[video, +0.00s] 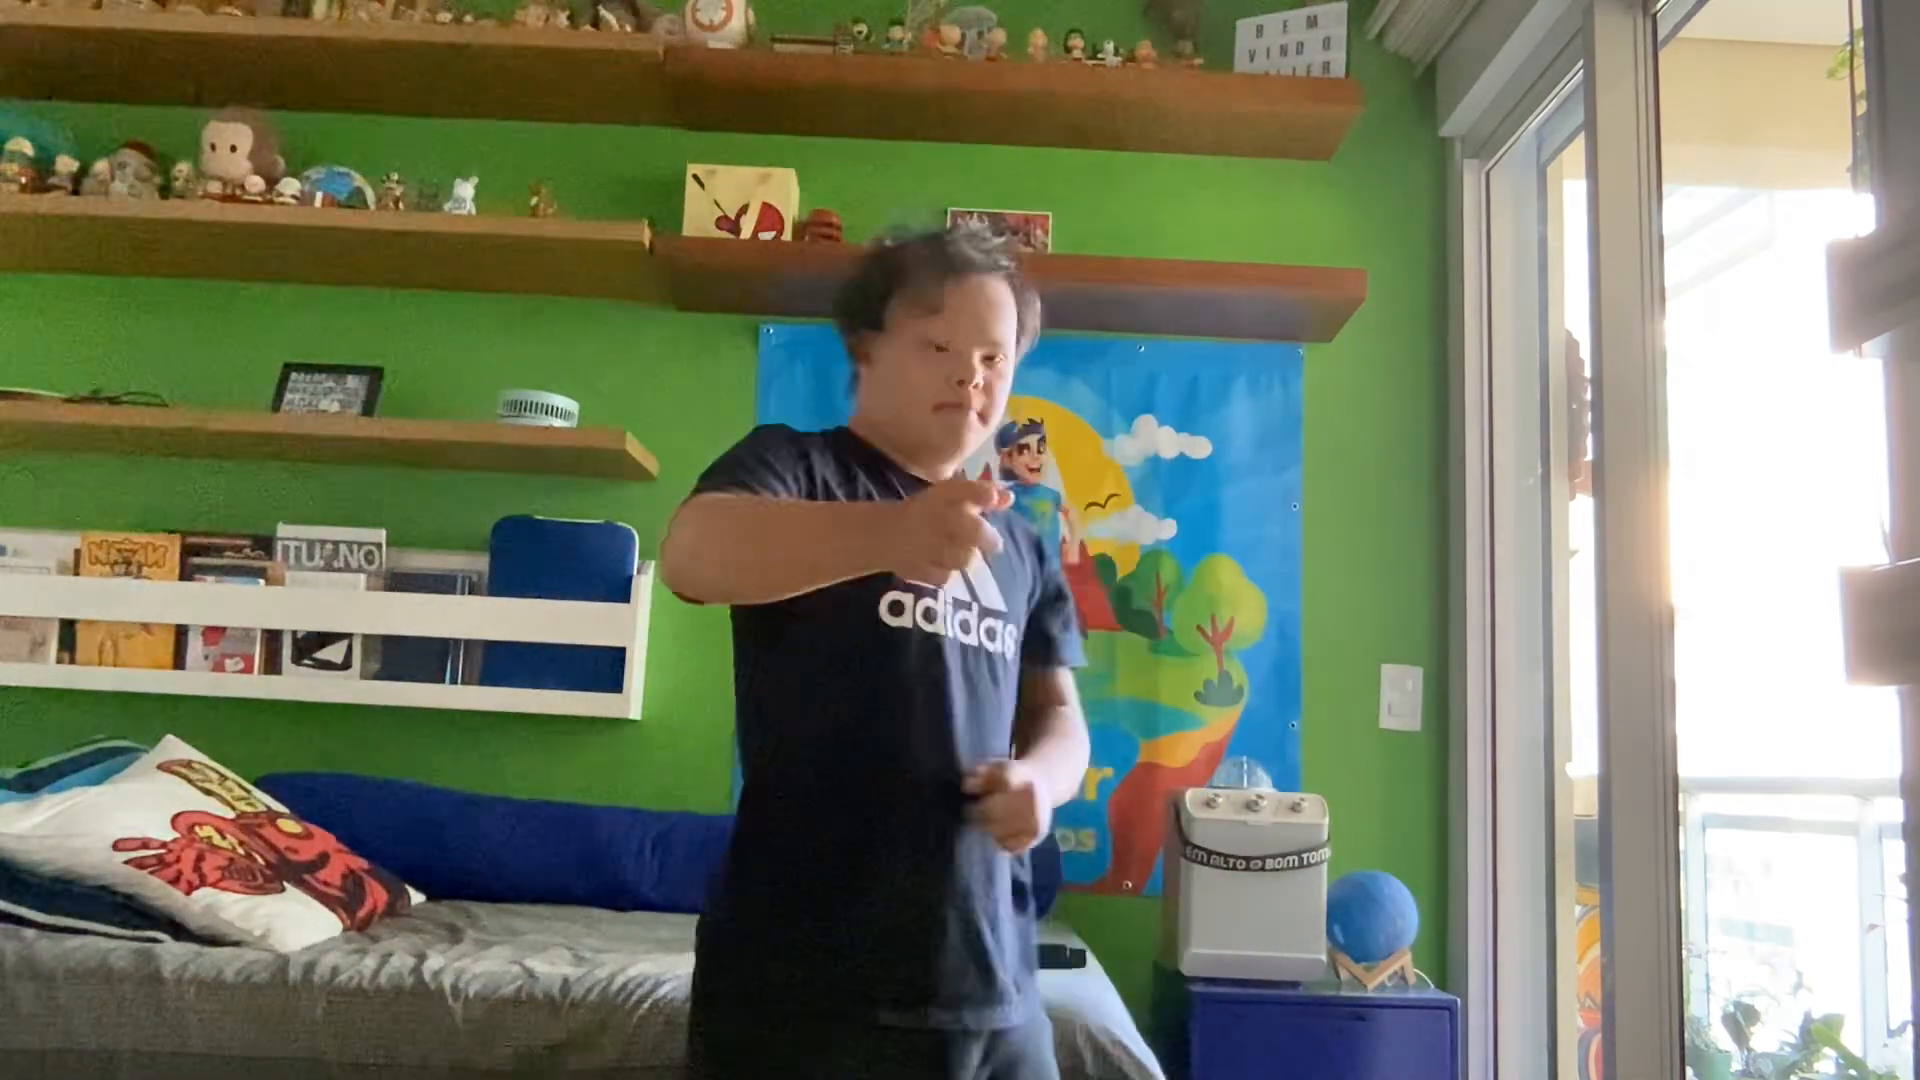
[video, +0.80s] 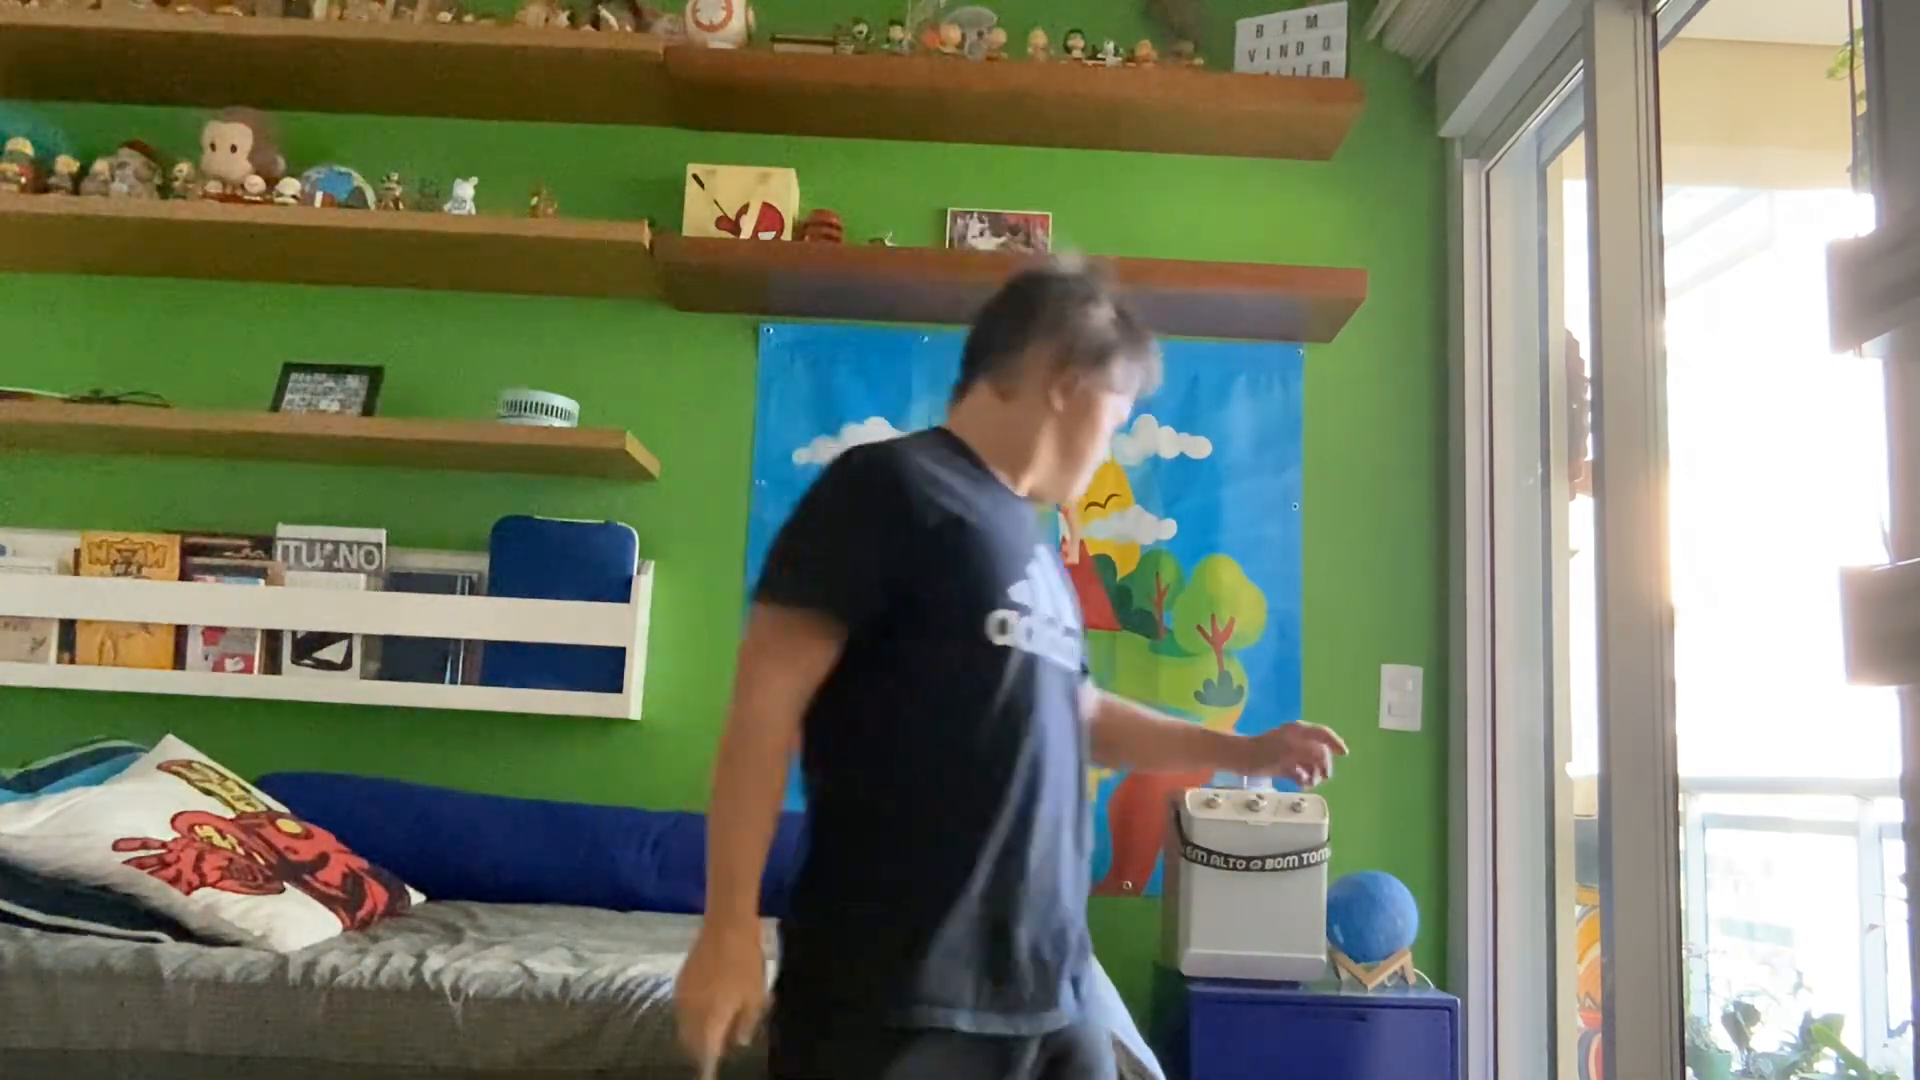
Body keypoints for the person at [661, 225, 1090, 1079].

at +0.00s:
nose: (970, 377)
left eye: (992, 358)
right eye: (939, 347)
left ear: (1012, 381)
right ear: (866, 349)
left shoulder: (1022, 542)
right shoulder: (792, 464)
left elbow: (1058, 717)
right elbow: (693, 554)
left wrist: (1040, 780)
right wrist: (890, 533)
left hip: (989, 993)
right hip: (801, 981)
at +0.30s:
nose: (1006, 414)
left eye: (1008, 392)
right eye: (993, 382)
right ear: (898, 350)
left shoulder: (953, 541)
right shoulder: (788, 473)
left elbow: (963, 734)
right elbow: (705, 591)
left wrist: (1046, 788)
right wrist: (917, 591)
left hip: (994, 1002)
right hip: (831, 1006)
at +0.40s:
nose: (1008, 430)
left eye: (1015, 402)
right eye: (1006, 394)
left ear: (934, 363)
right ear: (926, 359)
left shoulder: (962, 551)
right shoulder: (791, 480)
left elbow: (958, 746)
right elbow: (686, 625)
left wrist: (1077, 799)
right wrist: (911, 661)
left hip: (994, 1006)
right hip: (831, 1011)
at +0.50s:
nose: (1012, 433)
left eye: (1019, 406)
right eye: (1012, 398)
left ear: (947, 370)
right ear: (941, 365)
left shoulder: (969, 559)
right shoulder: (794, 484)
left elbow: (957, 743)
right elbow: (676, 647)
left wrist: (1098, 797)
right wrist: (899, 742)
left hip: (993, 1008)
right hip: (828, 1012)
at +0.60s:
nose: (1018, 438)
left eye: (1028, 412)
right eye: (1022, 403)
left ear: (963, 372)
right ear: (955, 367)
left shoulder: (967, 553)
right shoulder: (804, 481)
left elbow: (970, 746)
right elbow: (682, 678)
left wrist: (1126, 788)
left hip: (999, 1009)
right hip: (834, 1017)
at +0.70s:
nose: (1047, 441)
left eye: (1055, 412)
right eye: (1049, 403)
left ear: (990, 373)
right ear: (986, 365)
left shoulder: (983, 544)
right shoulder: (816, 482)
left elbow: (996, 735)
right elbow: (700, 697)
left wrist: (1174, 776)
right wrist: (787, 933)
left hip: (1017, 998)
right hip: (858, 1016)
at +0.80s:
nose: (1113, 447)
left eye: (1123, 420)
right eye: (1118, 413)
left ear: (1052, 387)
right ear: (1063, 386)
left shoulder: (1031, 540)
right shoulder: (882, 484)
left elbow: (1064, 715)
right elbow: (763, 701)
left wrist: (1239, 753)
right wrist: (729, 928)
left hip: (1051, 998)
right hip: (895, 1006)